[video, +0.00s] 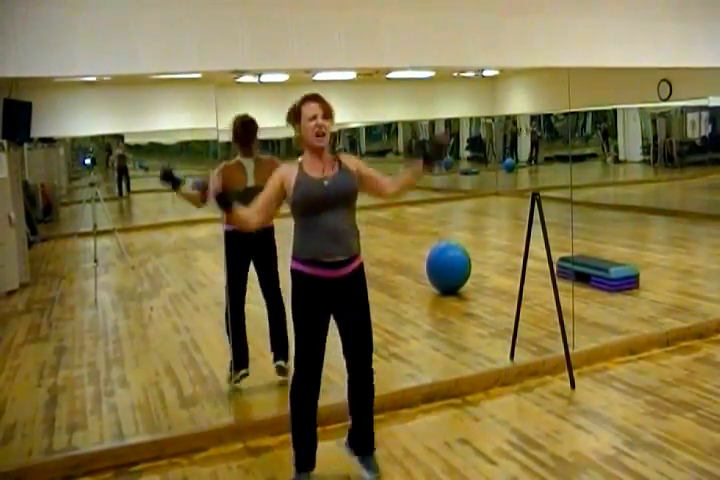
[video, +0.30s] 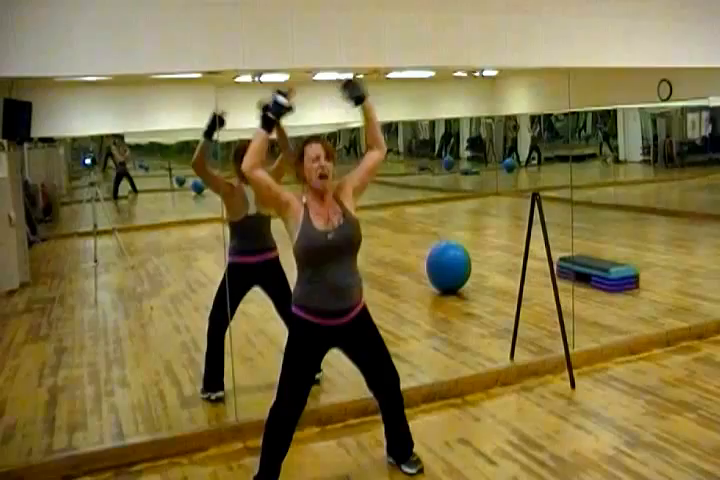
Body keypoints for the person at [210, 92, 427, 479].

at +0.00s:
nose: (320, 124)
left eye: (324, 117)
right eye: (311, 119)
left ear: (332, 124)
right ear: (298, 129)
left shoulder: (349, 164)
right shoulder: (287, 174)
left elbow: (387, 188)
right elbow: (253, 220)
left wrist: (415, 169)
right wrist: (223, 201)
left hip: (351, 274)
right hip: (309, 278)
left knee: (361, 365)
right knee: (307, 371)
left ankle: (363, 446)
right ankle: (304, 464)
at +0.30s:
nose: (321, 164)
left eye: (325, 158)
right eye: (313, 159)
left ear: (332, 165)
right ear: (302, 168)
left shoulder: (346, 194)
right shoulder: (292, 205)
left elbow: (377, 151)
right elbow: (250, 168)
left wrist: (365, 102)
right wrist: (268, 121)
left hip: (354, 318)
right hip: (310, 324)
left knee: (388, 385)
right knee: (287, 407)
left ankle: (401, 452)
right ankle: (266, 475)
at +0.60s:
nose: (322, 142)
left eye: (326, 136)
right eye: (314, 138)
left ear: (334, 142)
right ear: (301, 147)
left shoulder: (350, 184)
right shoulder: (288, 195)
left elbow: (385, 219)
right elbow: (262, 242)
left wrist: (430, 240)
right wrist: (242, 253)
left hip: (350, 296)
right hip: (308, 300)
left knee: (363, 381)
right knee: (309, 387)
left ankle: (363, 463)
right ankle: (306, 471)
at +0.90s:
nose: (326, 145)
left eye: (330, 139)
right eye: (317, 140)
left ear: (337, 145)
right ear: (304, 149)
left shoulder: (351, 189)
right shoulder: (290, 196)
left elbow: (367, 240)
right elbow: (274, 255)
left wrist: (389, 285)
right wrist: (276, 306)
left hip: (347, 300)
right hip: (304, 303)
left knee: (357, 384)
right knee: (305, 390)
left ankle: (362, 460)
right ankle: (304, 471)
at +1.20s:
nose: (331, 160)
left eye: (335, 153)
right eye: (322, 155)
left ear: (342, 161)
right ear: (308, 165)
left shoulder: (354, 202)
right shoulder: (295, 213)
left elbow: (365, 260)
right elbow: (281, 274)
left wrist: (376, 311)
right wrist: (279, 321)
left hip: (347, 308)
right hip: (304, 313)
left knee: (364, 387)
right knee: (308, 395)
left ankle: (361, 460)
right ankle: (305, 474)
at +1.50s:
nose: (335, 140)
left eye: (340, 133)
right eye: (327, 134)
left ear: (347, 138)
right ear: (312, 142)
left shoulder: (357, 179)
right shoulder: (298, 187)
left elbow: (371, 225)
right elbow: (277, 234)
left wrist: (396, 255)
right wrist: (265, 275)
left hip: (354, 292)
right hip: (312, 294)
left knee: (376, 368)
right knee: (304, 384)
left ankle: (368, 449)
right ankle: (300, 472)